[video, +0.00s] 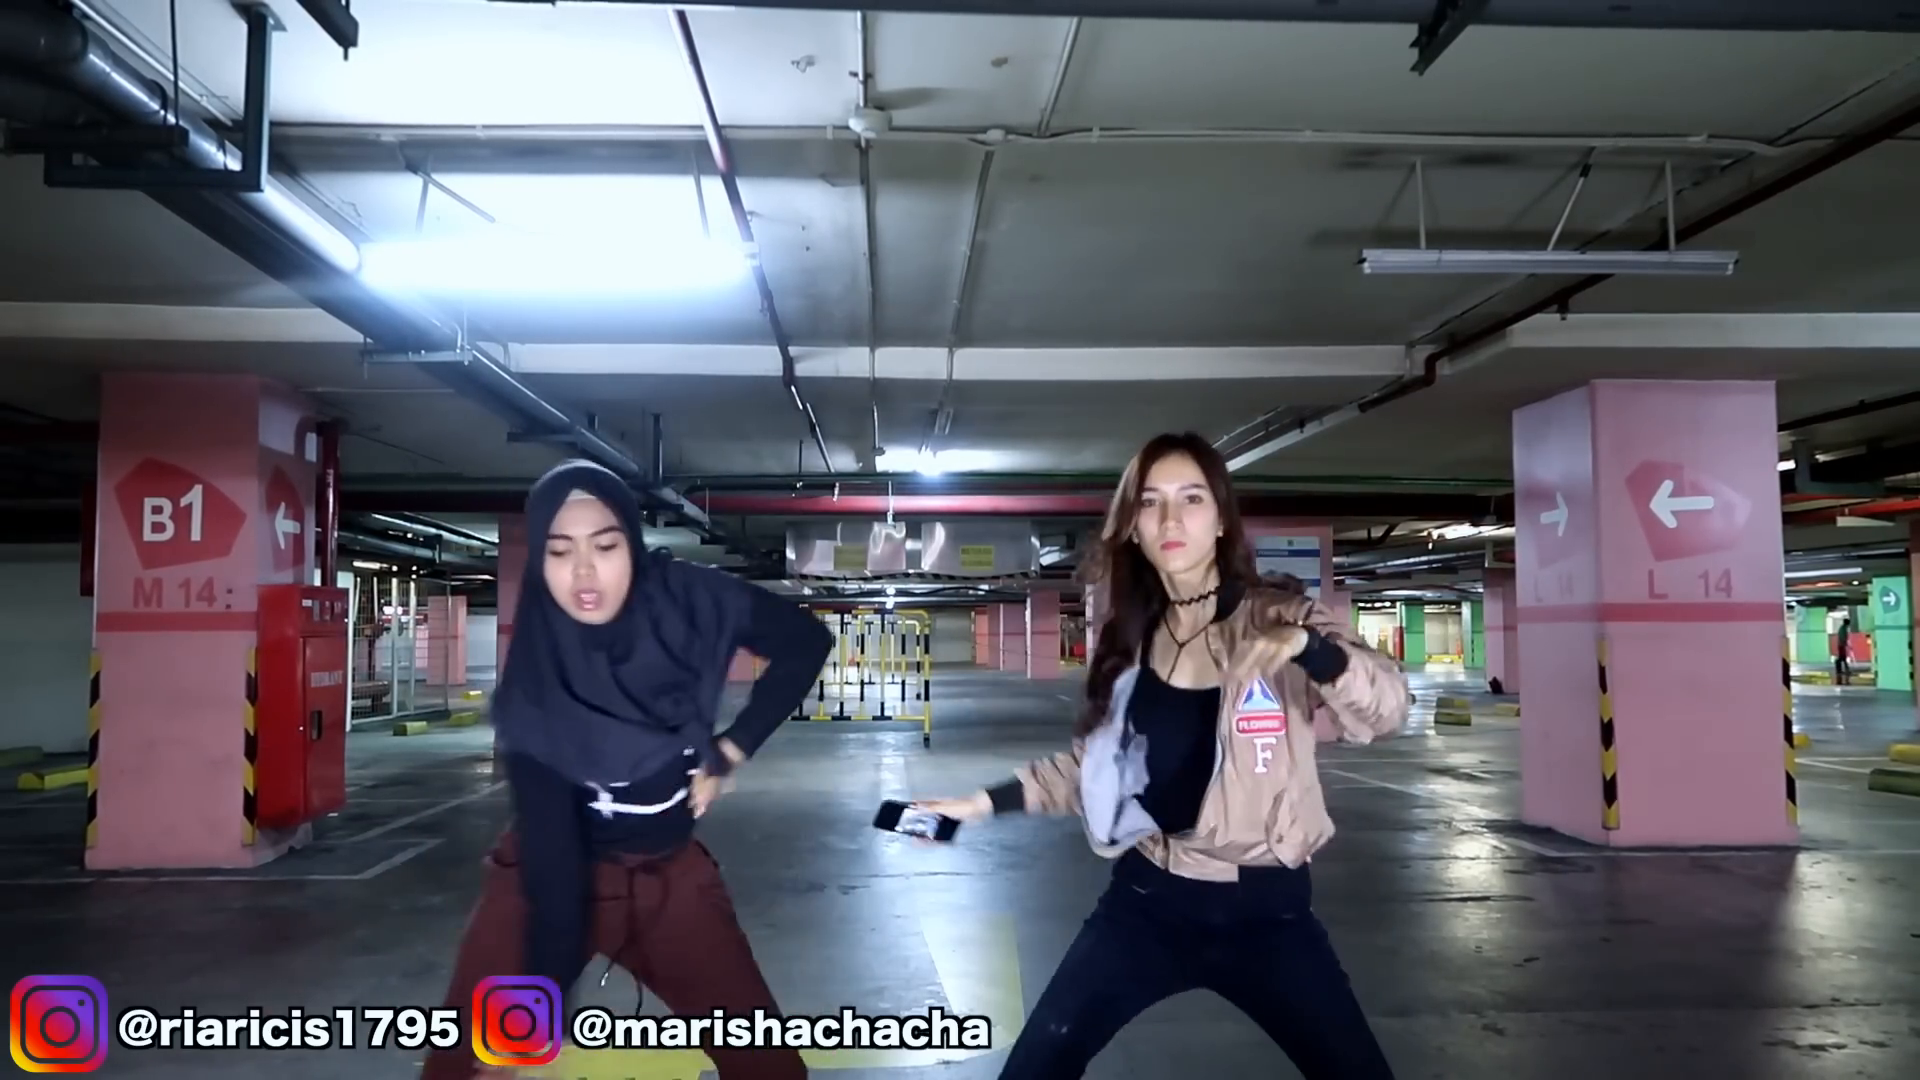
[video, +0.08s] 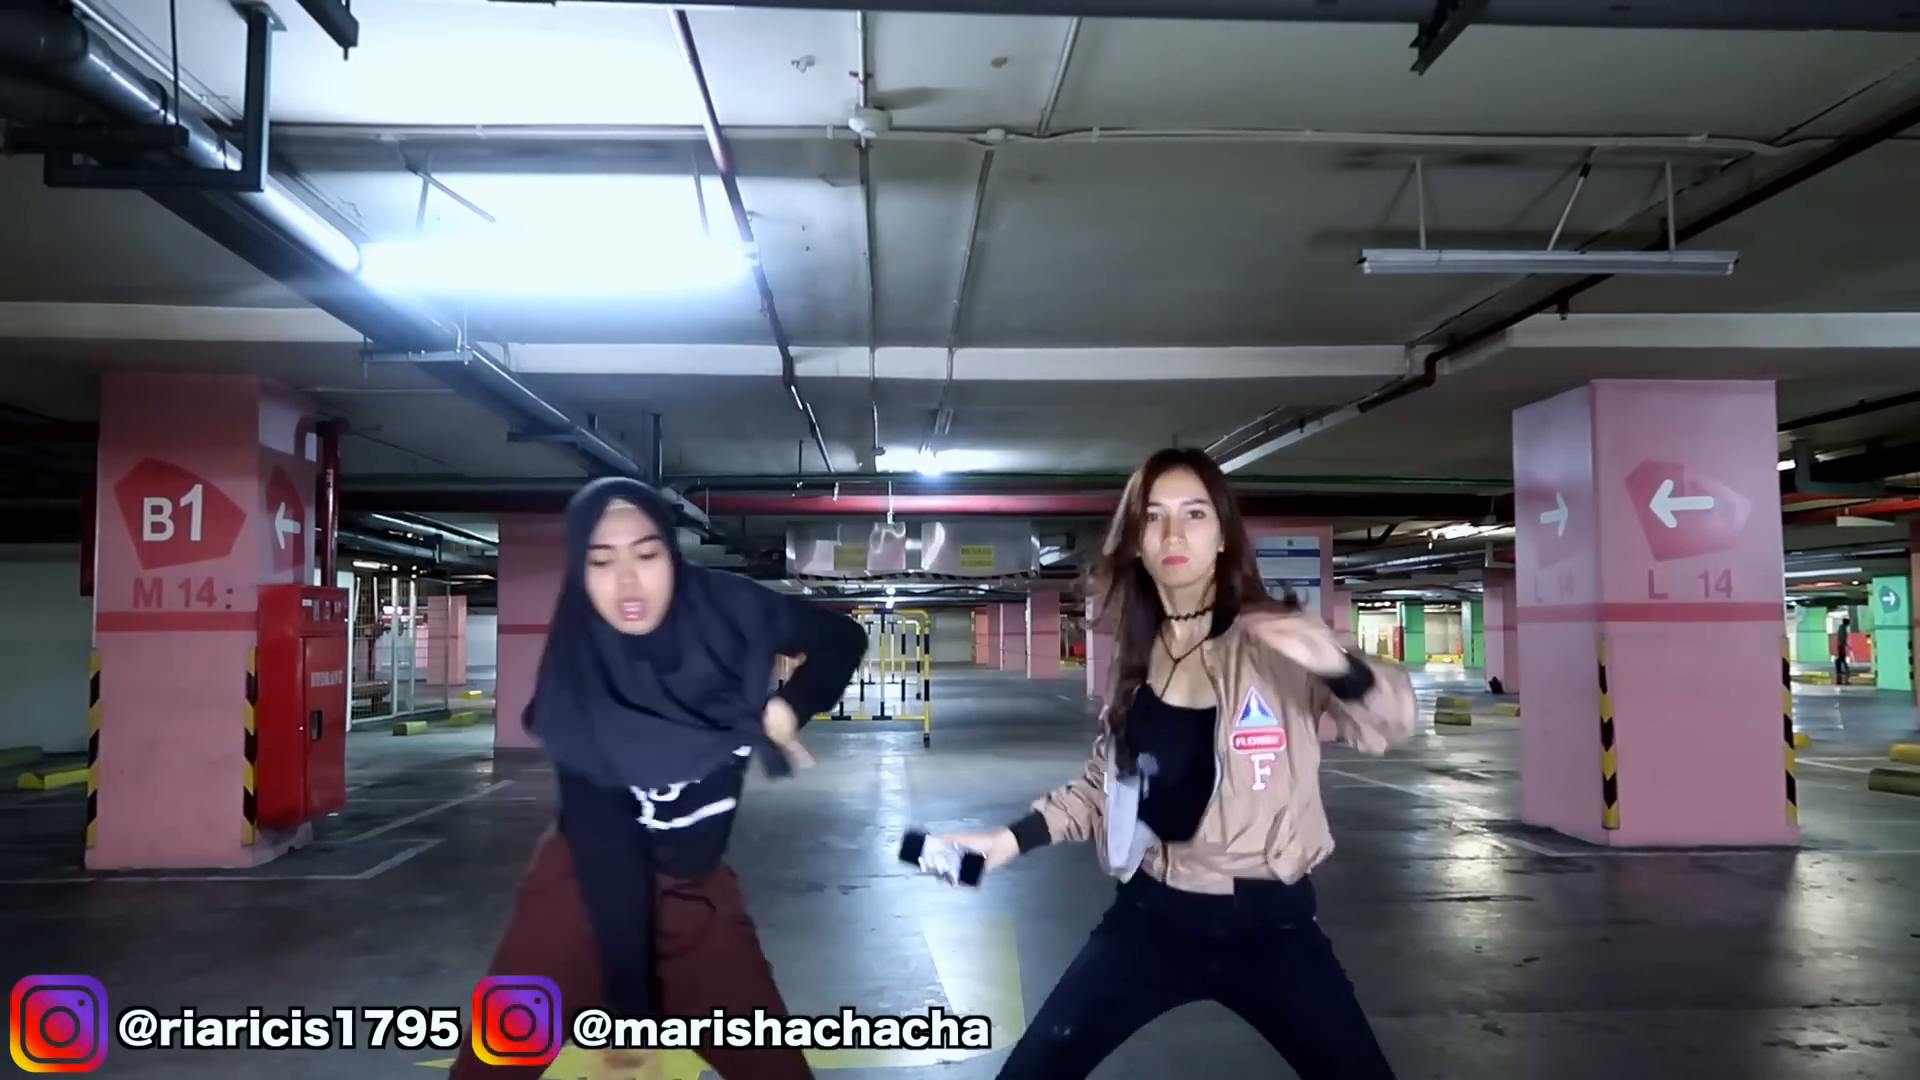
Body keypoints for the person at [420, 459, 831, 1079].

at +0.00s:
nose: (585, 573)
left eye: (606, 546)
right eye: (559, 551)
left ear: (635, 549)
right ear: (537, 561)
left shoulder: (691, 597)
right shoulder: (530, 693)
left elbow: (806, 642)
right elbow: (554, 883)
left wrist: (731, 751)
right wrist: (537, 1027)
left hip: (670, 874)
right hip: (546, 875)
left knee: (769, 1064)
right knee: (457, 1062)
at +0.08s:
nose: (628, 582)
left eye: (646, 555)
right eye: (602, 561)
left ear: (674, 559)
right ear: (579, 574)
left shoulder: (730, 610)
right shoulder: (574, 691)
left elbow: (844, 639)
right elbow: (608, 850)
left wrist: (794, 704)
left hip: (696, 888)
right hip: (584, 876)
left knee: (778, 1066)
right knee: (495, 1058)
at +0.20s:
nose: (694, 566)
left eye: (716, 540)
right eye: (672, 544)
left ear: (747, 544)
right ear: (650, 553)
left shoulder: (786, 619)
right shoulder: (622, 648)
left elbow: (838, 737)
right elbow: (610, 798)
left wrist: (814, 737)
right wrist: (660, 943)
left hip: (712, 854)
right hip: (603, 839)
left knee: (769, 1055)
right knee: (496, 1023)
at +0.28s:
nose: (735, 553)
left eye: (757, 529)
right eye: (715, 530)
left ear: (786, 533)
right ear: (692, 532)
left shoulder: (806, 649)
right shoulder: (636, 600)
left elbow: (770, 786)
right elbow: (590, 734)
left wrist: (751, 913)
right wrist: (652, 856)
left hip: (699, 823)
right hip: (592, 797)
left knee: (743, 1030)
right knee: (519, 930)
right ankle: (557, 1063)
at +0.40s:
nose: (766, 582)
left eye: (793, 566)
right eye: (752, 556)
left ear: (818, 583)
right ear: (727, 557)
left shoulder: (797, 697)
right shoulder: (657, 600)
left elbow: (720, 847)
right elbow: (554, 663)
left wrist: (653, 994)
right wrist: (625, 770)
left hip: (695, 858)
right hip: (608, 829)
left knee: (759, 1059)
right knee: (560, 808)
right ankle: (607, 977)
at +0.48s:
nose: (775, 581)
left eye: (800, 564)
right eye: (759, 554)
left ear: (820, 579)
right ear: (732, 551)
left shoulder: (808, 700)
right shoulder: (660, 587)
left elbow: (719, 835)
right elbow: (555, 609)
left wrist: (665, 982)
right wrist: (578, 726)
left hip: (675, 846)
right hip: (571, 821)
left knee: (731, 1053)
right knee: (565, 886)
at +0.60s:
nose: (749, 577)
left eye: (772, 559)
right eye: (732, 551)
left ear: (788, 572)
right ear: (698, 551)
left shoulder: (760, 692)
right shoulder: (624, 589)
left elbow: (705, 843)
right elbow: (497, 564)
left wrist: (661, 980)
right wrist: (496, 674)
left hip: (664, 888)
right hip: (552, 883)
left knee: (723, 1067)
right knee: (555, 1069)